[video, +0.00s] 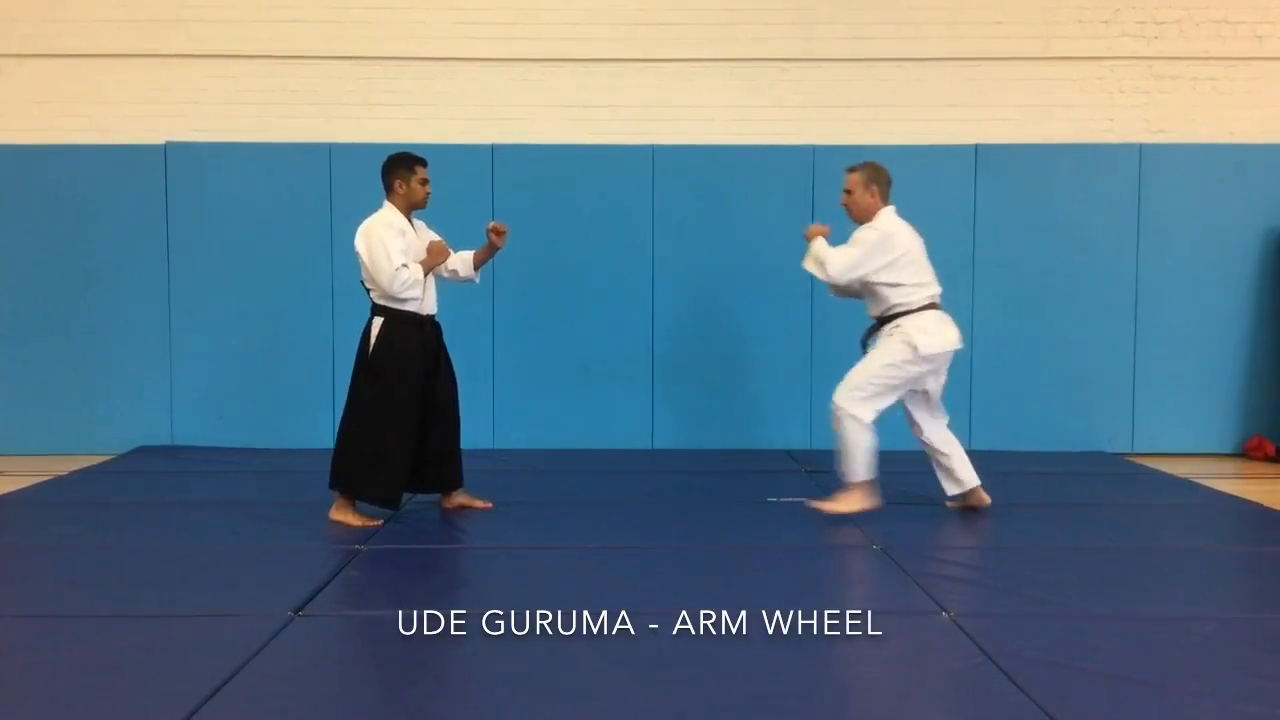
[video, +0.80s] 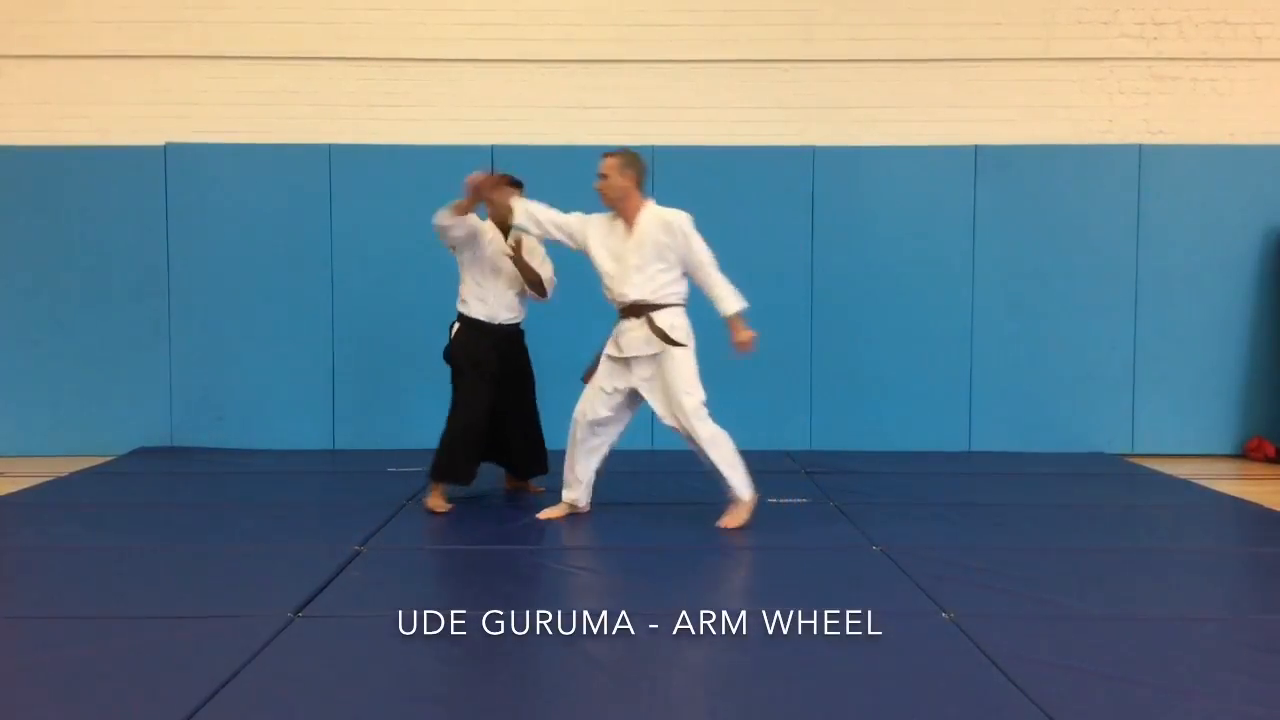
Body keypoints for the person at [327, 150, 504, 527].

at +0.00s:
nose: (429, 189)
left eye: (428, 183)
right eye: (423, 182)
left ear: (406, 187)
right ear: (398, 185)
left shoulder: (419, 229)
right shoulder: (375, 229)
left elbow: (453, 267)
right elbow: (395, 284)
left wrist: (490, 249)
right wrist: (429, 263)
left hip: (426, 331)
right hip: (390, 332)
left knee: (441, 411)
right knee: (371, 417)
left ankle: (451, 492)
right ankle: (343, 504)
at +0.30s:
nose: (453, 201)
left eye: (452, 194)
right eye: (447, 194)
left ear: (427, 199)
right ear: (424, 198)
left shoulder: (434, 240)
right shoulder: (406, 240)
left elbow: (455, 289)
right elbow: (433, 302)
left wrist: (481, 267)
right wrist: (473, 295)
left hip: (437, 338)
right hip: (408, 341)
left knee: (474, 401)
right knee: (390, 422)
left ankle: (484, 472)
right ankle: (350, 497)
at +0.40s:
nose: (466, 208)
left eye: (464, 201)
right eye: (459, 202)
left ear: (438, 208)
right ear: (437, 207)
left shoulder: (436, 243)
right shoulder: (426, 247)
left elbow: (462, 293)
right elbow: (462, 305)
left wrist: (492, 274)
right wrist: (497, 284)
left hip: (447, 344)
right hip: (425, 346)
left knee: (485, 404)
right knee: (403, 425)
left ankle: (508, 461)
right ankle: (354, 495)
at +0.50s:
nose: (481, 211)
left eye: (479, 205)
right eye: (474, 206)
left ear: (457, 213)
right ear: (452, 212)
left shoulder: (458, 246)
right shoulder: (449, 249)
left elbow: (491, 290)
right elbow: (502, 293)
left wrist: (510, 270)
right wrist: (523, 268)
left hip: (471, 346)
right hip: (447, 347)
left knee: (501, 409)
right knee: (416, 422)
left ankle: (517, 472)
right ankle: (363, 491)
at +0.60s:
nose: (493, 213)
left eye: (493, 206)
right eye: (486, 207)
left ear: (485, 211)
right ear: (465, 214)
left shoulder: (485, 248)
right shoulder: (463, 246)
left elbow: (512, 298)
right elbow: (527, 259)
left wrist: (526, 258)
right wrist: (547, 229)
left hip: (493, 346)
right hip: (464, 346)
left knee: (509, 412)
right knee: (435, 420)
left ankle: (514, 478)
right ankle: (384, 492)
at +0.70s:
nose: (503, 211)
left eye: (507, 205)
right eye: (495, 204)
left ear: (510, 208)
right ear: (478, 207)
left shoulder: (515, 249)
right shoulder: (465, 235)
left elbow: (537, 303)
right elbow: (497, 228)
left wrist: (529, 278)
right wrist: (524, 199)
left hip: (504, 340)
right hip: (470, 338)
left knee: (514, 409)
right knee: (458, 414)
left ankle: (516, 477)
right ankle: (414, 492)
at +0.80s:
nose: (507, 204)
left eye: (513, 197)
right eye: (501, 197)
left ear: (521, 202)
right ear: (489, 201)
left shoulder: (530, 242)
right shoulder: (474, 231)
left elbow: (544, 291)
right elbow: (444, 225)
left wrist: (520, 261)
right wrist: (471, 201)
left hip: (510, 336)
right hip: (472, 333)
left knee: (518, 407)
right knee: (470, 409)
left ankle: (517, 478)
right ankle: (438, 487)